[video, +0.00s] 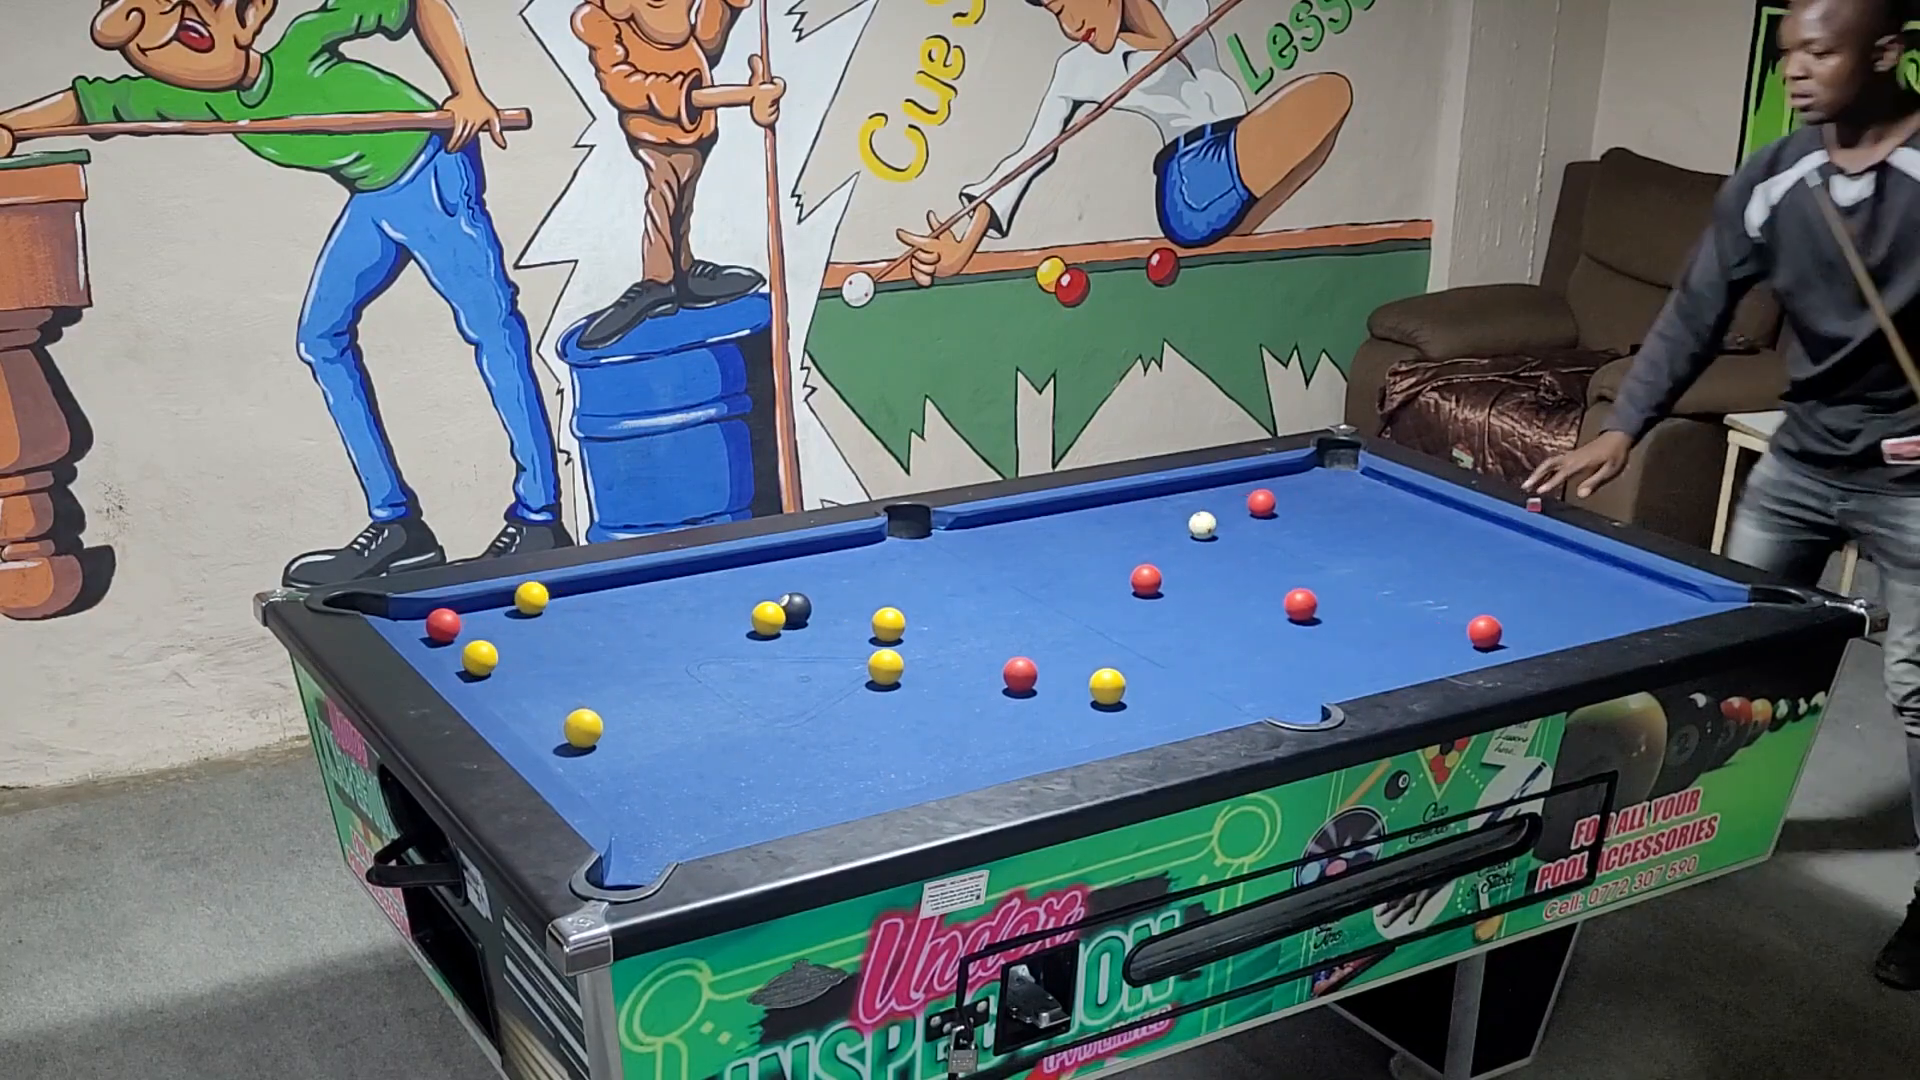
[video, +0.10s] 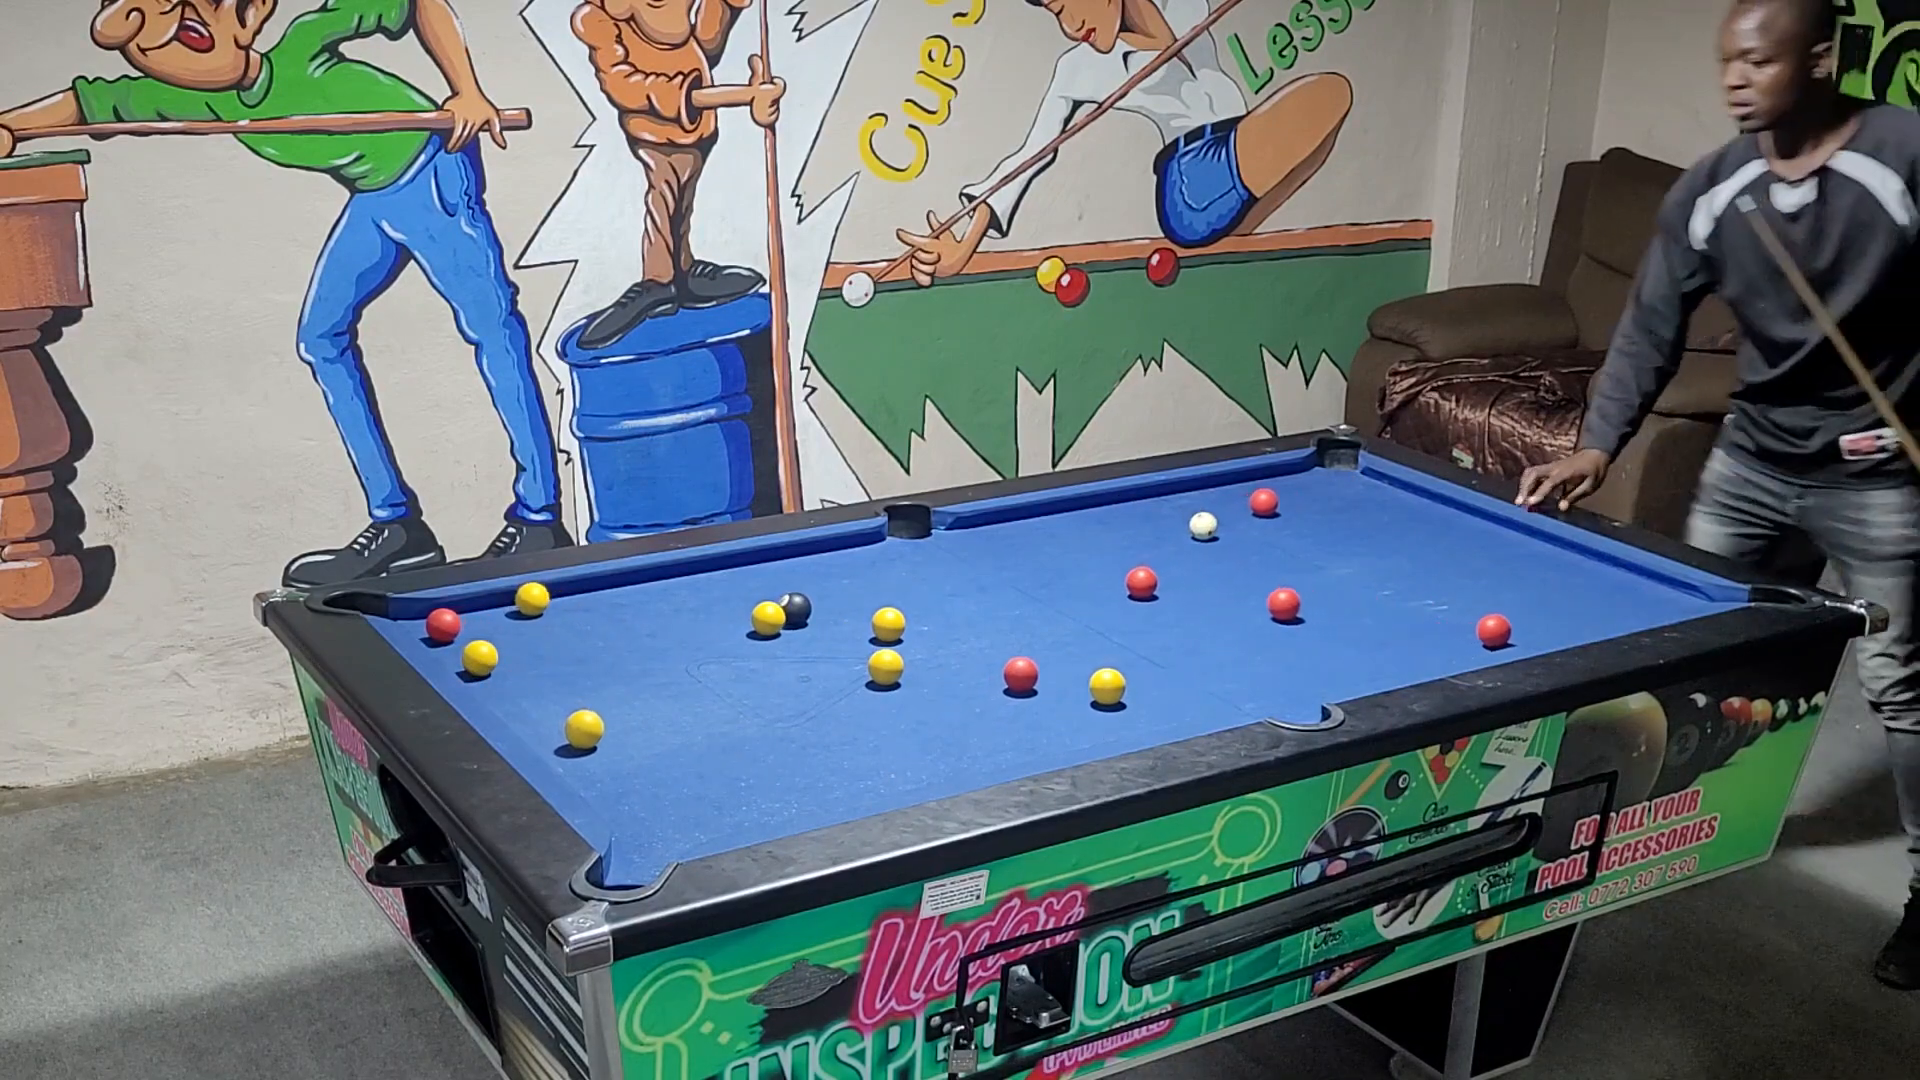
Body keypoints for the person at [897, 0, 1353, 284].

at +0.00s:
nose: (1069, 23)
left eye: (1071, 4)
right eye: (1056, 15)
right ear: (1055, 18)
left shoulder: (1176, 10)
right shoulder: (1076, 68)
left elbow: (1197, 61)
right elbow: (1028, 156)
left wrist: (1140, 11)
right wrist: (964, 245)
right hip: (1194, 183)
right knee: (1330, 91)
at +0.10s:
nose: (1069, 24)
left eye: (1070, 5)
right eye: (1056, 15)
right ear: (1055, 18)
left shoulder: (1176, 10)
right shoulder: (1076, 69)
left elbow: (1197, 58)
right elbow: (1028, 156)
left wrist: (1137, 11)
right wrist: (964, 246)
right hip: (1194, 180)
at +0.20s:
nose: (1070, 23)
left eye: (1071, 4)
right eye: (1056, 15)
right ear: (1055, 18)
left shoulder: (1175, 10)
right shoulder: (1076, 69)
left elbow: (1196, 56)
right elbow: (1028, 156)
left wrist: (1140, 13)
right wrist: (964, 245)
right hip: (1195, 176)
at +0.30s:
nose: (1070, 23)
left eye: (1072, 4)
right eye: (1057, 15)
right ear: (1055, 18)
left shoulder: (1175, 11)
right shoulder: (1076, 69)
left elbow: (1196, 60)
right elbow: (1028, 156)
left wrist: (1140, 11)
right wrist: (964, 245)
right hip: (1194, 181)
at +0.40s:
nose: (1069, 23)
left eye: (1071, 4)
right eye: (1056, 15)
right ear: (1055, 18)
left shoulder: (1176, 10)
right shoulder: (1076, 68)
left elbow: (1196, 60)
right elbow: (1028, 156)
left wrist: (1139, 10)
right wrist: (964, 245)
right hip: (1195, 182)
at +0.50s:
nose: (1069, 23)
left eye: (1071, 4)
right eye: (1056, 15)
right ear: (1055, 18)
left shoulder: (1176, 10)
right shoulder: (1076, 68)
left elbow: (1196, 60)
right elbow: (1029, 156)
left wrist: (1139, 10)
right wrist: (964, 245)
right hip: (1195, 182)